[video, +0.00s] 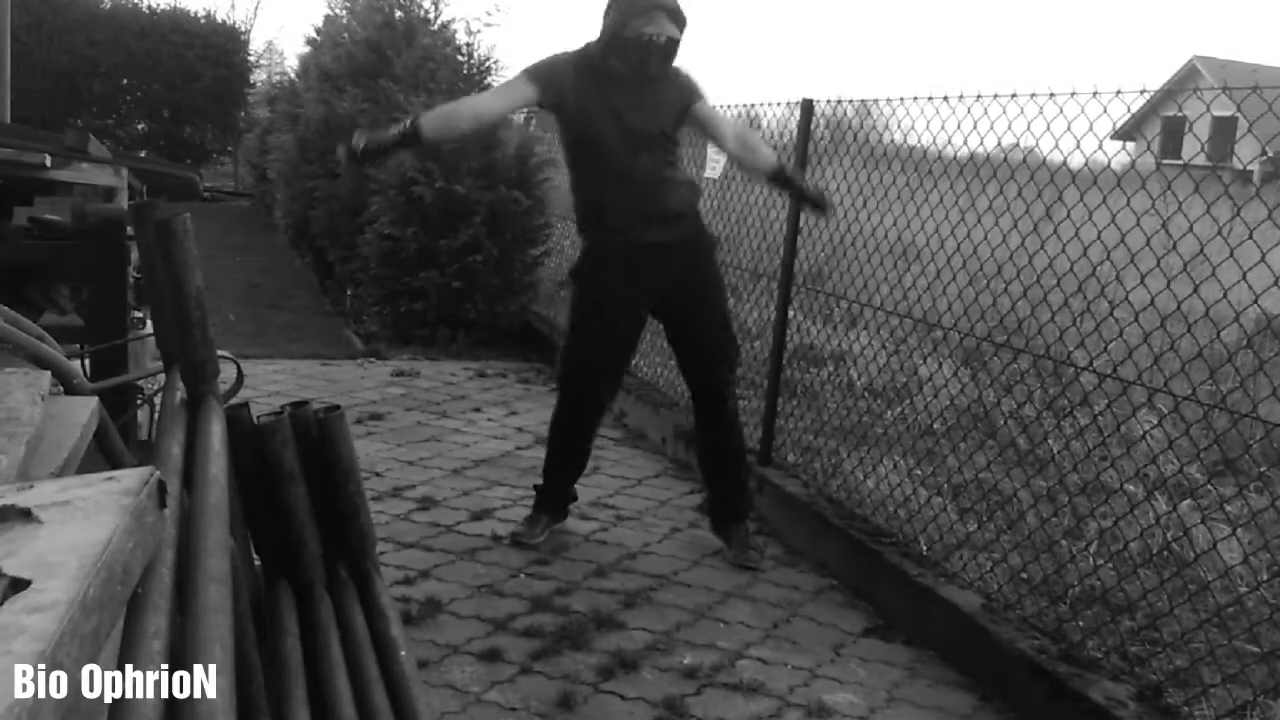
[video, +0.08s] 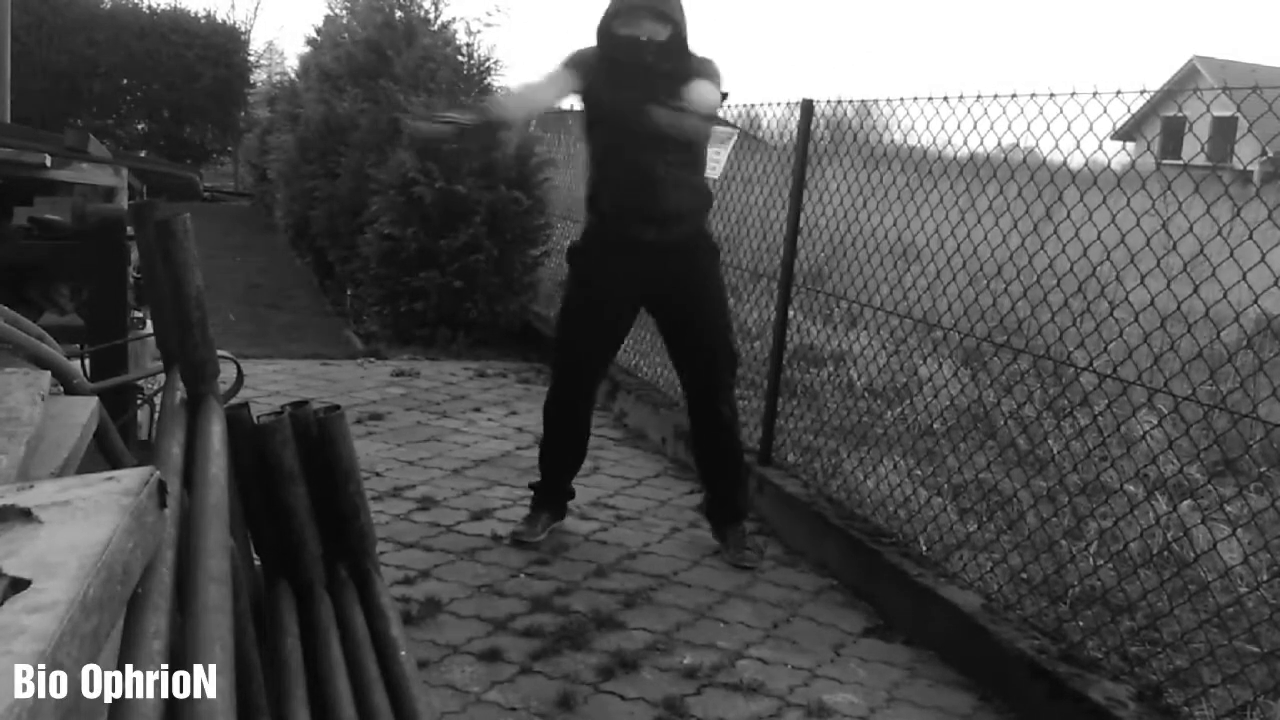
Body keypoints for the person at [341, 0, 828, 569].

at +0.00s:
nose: (658, 50)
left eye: (668, 39)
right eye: (648, 35)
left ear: (673, 38)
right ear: (618, 25)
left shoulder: (676, 87)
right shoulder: (563, 74)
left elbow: (735, 140)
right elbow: (481, 109)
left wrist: (788, 177)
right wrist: (401, 134)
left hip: (687, 258)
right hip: (612, 261)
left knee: (714, 388)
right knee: (582, 393)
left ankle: (733, 519)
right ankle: (548, 510)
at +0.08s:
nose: (639, 46)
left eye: (652, 37)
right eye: (627, 36)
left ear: (674, 33)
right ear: (609, 29)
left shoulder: (696, 71)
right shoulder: (593, 66)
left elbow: (699, 127)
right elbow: (530, 98)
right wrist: (465, 114)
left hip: (682, 255)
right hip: (607, 251)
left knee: (713, 385)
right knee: (572, 379)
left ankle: (730, 520)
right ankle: (549, 503)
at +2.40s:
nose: (726, 42)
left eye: (741, 33)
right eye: (718, 29)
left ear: (764, 37)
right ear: (705, 26)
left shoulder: (778, 101)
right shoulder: (678, 74)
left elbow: (811, 172)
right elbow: (597, 88)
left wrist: (810, 100)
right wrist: (531, 105)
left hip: (744, 260)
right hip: (674, 248)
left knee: (736, 392)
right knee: (606, 374)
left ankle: (724, 522)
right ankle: (535, 499)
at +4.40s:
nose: (635, 32)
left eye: (649, 21)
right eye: (623, 20)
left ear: (668, 23)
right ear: (605, 20)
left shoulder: (691, 75)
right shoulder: (579, 76)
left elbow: (767, 114)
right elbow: (500, 127)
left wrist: (740, 110)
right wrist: (531, 111)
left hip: (684, 251)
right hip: (607, 249)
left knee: (713, 380)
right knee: (572, 375)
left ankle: (731, 518)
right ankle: (546, 501)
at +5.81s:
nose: (657, 21)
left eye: (671, 15)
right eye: (647, 11)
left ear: (688, 23)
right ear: (627, 14)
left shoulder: (704, 58)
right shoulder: (607, 53)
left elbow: (721, 96)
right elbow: (570, 78)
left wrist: (665, 120)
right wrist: (632, 80)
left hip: (689, 254)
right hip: (613, 248)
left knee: (711, 388)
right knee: (575, 379)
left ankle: (729, 522)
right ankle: (543, 501)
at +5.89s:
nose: (647, 29)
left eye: (660, 23)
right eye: (638, 17)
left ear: (676, 34)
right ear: (614, 17)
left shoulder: (687, 72)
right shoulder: (584, 62)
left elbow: (689, 121)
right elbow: (591, 123)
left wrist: (658, 171)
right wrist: (642, 170)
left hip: (692, 251)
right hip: (616, 250)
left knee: (717, 382)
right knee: (584, 380)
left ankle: (735, 518)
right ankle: (546, 501)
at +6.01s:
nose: (644, 44)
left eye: (657, 37)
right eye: (634, 30)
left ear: (670, 46)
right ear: (611, 29)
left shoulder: (679, 85)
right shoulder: (572, 82)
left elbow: (672, 144)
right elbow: (603, 152)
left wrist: (648, 190)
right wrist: (647, 214)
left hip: (689, 255)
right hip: (615, 254)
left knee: (725, 378)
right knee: (584, 383)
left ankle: (736, 518)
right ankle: (546, 503)